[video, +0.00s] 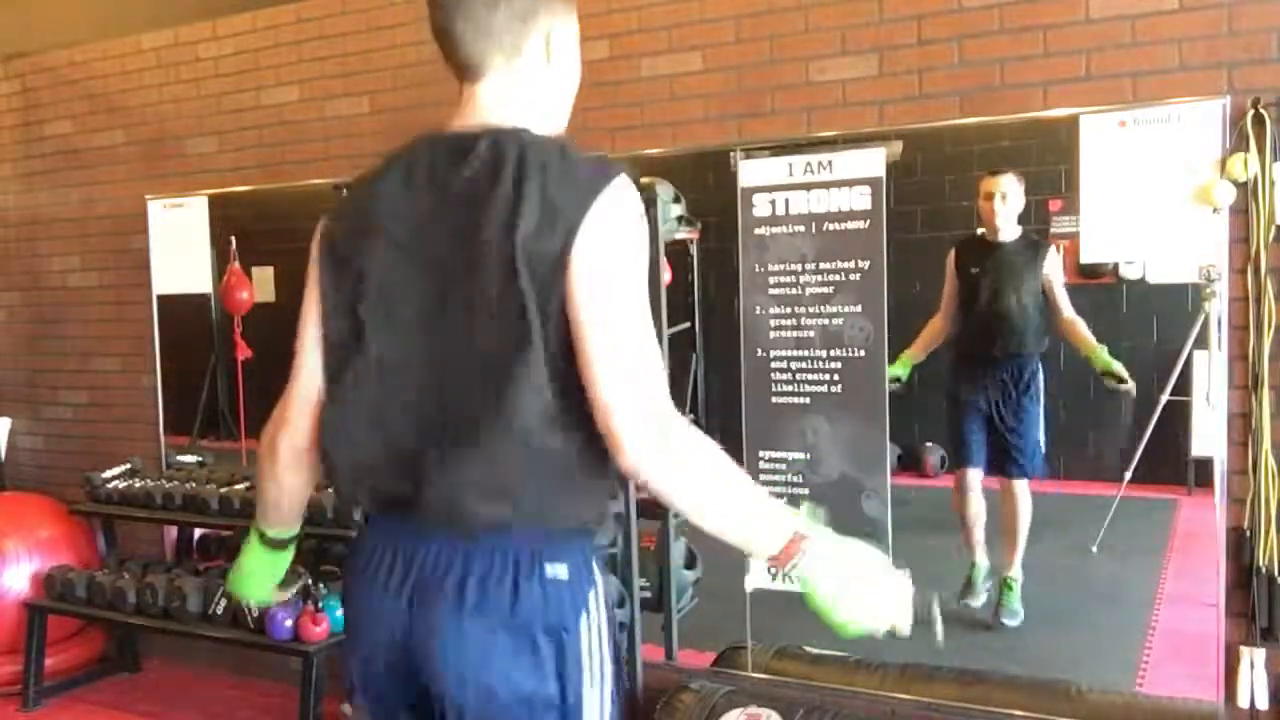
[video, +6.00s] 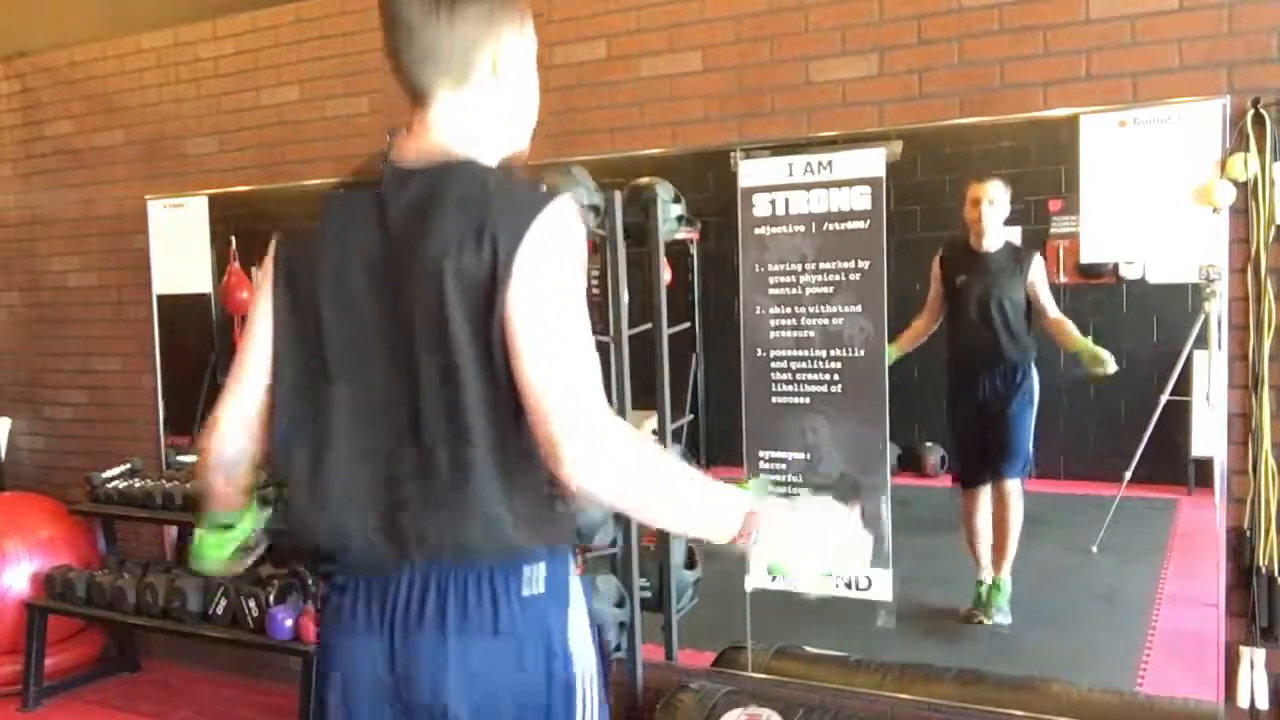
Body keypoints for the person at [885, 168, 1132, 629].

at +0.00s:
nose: (995, 205)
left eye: (1004, 197)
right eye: (988, 197)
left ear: (1022, 203)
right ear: (977, 204)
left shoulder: (1043, 255)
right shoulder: (961, 254)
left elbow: (1066, 318)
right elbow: (945, 318)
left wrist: (1100, 358)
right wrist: (906, 359)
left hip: (1022, 376)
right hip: (970, 375)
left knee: (1015, 479)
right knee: (967, 478)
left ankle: (1012, 580)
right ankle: (977, 567)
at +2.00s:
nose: (990, 208)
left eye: (999, 200)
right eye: (983, 200)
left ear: (1017, 208)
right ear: (973, 208)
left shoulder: (1038, 260)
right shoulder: (956, 258)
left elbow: (1062, 319)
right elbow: (936, 318)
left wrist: (1095, 351)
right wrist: (898, 354)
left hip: (1015, 381)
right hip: (966, 379)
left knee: (1010, 483)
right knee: (965, 482)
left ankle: (1007, 580)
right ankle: (972, 579)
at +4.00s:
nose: (988, 213)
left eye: (997, 204)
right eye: (982, 204)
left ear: (1014, 213)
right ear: (971, 212)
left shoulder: (1034, 263)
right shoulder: (953, 266)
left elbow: (1062, 320)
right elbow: (932, 323)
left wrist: (1099, 347)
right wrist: (897, 352)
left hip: (1021, 382)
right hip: (971, 383)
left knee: (1011, 484)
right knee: (979, 494)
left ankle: (1017, 543)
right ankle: (989, 585)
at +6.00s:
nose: (980, 211)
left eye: (990, 203)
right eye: (974, 203)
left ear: (1007, 210)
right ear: (964, 209)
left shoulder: (1026, 261)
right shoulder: (947, 257)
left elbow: (1051, 316)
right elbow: (930, 316)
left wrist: (1083, 347)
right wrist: (892, 350)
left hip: (1015, 379)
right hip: (965, 379)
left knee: (1006, 481)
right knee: (973, 485)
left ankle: (1002, 585)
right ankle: (983, 581)